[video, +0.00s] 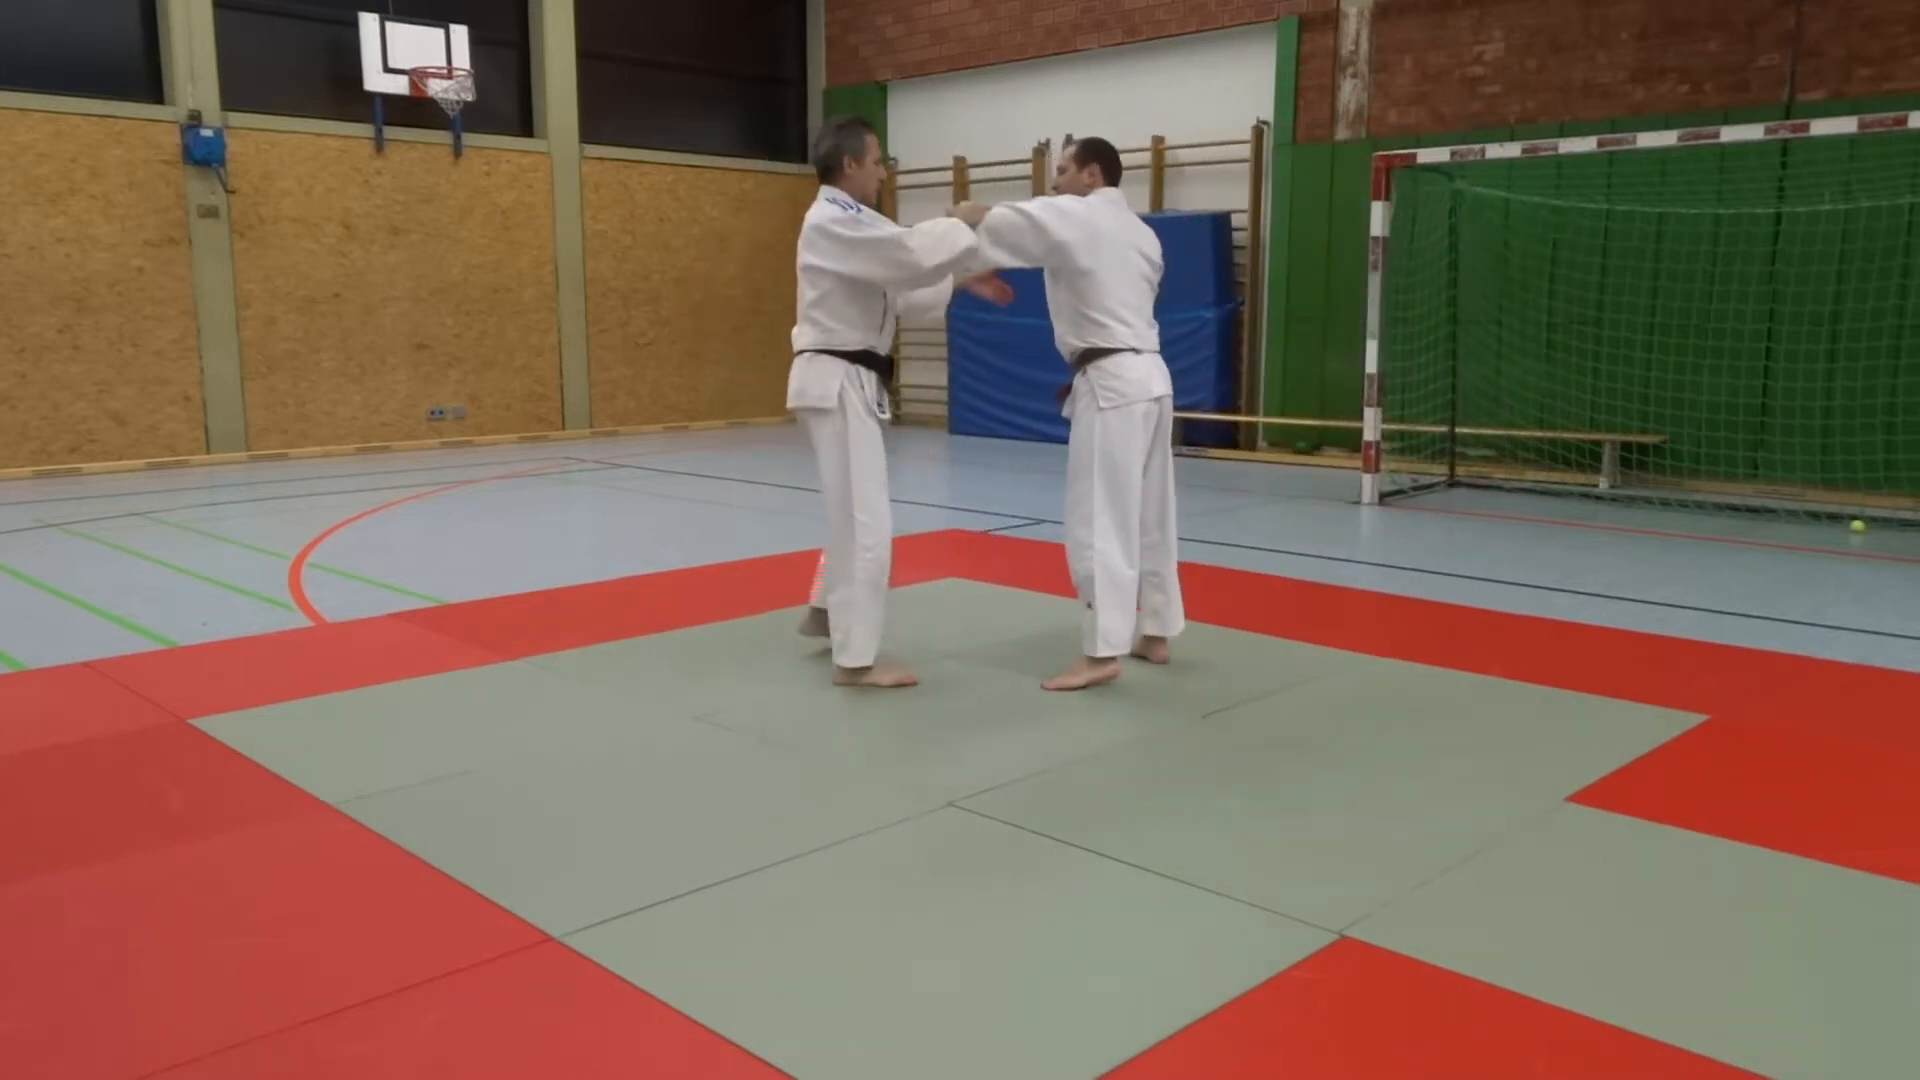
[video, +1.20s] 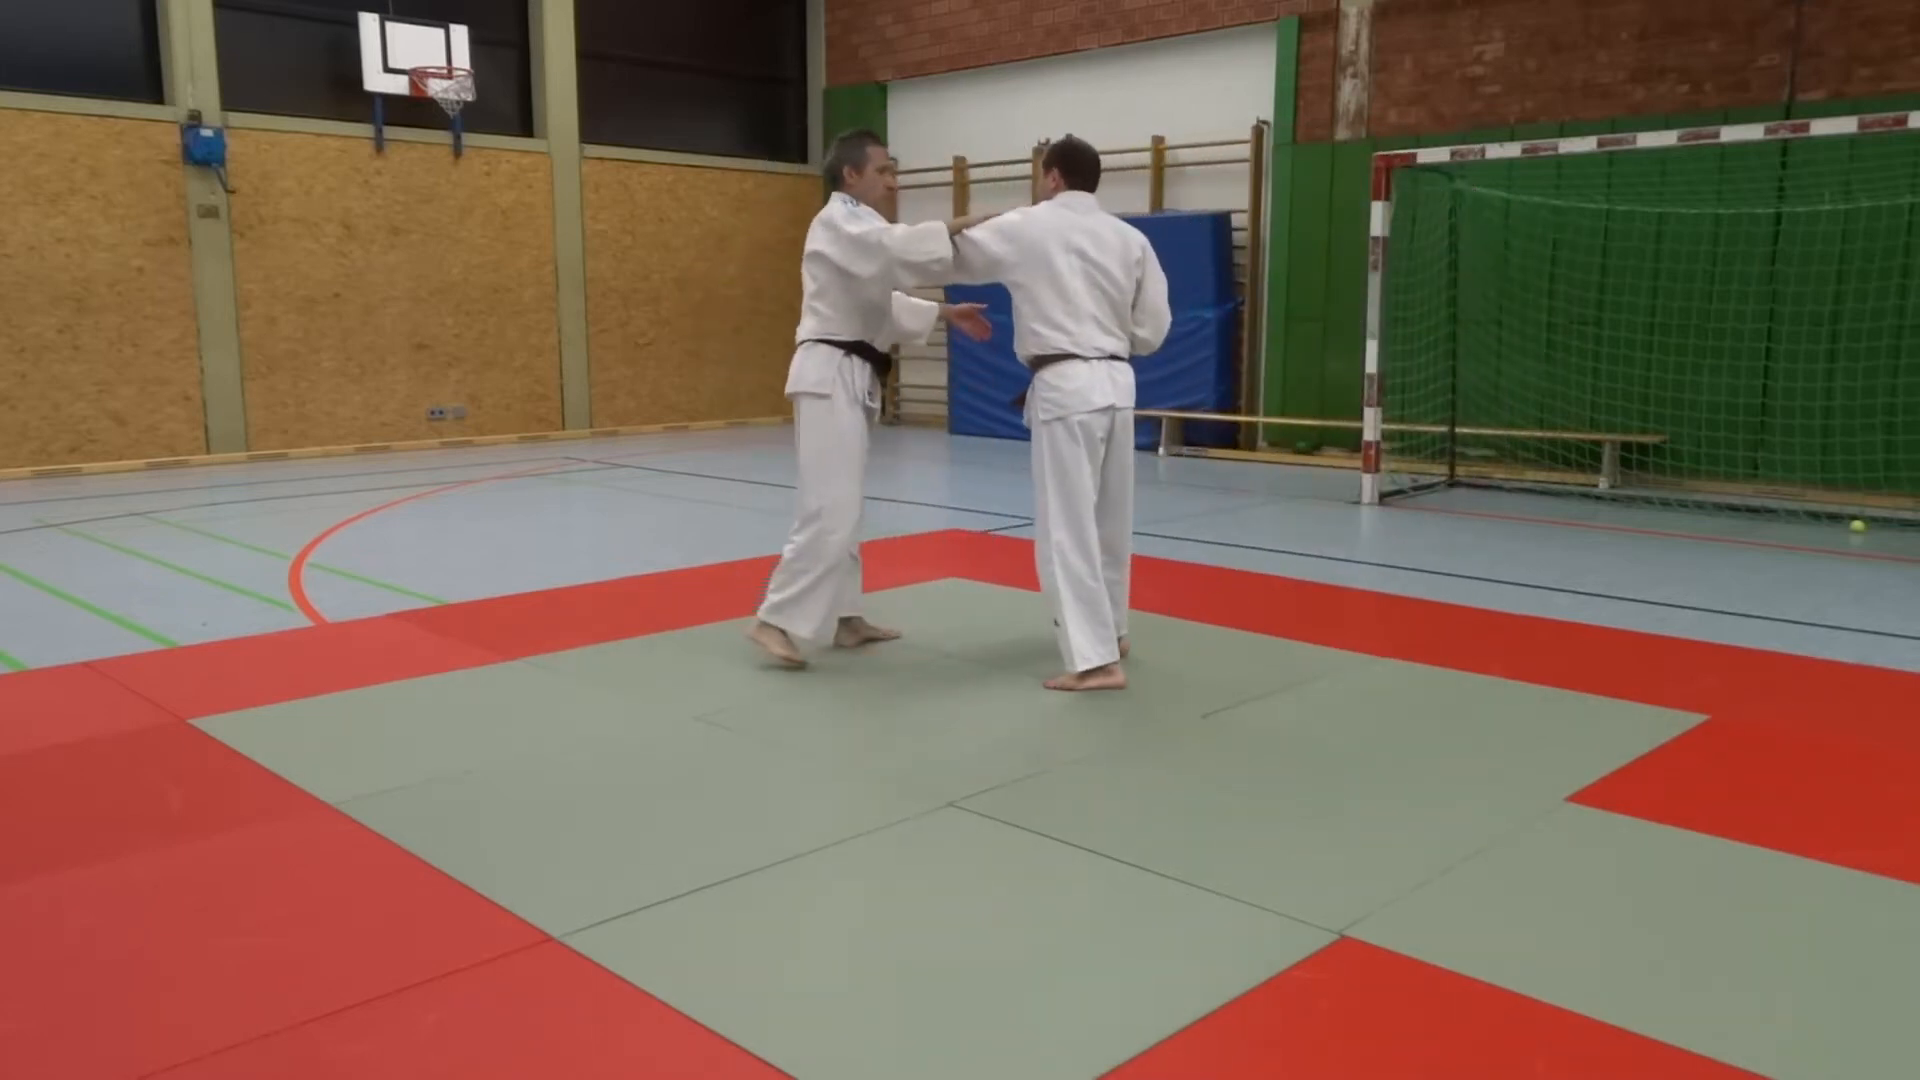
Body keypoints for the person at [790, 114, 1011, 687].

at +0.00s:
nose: (883, 173)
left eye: (881, 162)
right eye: (876, 162)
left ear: (845, 166)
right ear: (848, 164)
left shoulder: (843, 218)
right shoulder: (831, 218)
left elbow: (896, 296)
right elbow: (905, 252)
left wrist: (960, 279)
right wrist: (961, 223)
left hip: (841, 376)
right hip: (837, 380)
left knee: (852, 505)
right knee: (867, 519)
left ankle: (827, 608)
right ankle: (856, 661)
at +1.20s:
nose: (895, 180)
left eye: (893, 171)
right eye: (885, 170)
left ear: (859, 177)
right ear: (852, 175)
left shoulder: (859, 226)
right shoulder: (836, 219)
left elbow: (877, 302)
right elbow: (892, 246)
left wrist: (946, 313)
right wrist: (967, 229)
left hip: (852, 372)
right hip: (828, 369)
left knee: (845, 503)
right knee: (832, 505)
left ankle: (845, 617)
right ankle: (775, 621)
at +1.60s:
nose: (858, 188)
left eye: (858, 178)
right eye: (851, 178)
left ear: (823, 180)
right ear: (819, 181)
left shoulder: (833, 238)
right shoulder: (789, 227)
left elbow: (872, 298)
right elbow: (863, 252)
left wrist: (940, 296)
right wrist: (946, 229)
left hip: (805, 391)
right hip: (762, 385)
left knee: (822, 501)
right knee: (752, 509)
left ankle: (837, 616)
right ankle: (731, 638)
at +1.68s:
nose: (856, 188)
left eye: (855, 177)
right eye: (848, 177)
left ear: (822, 178)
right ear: (816, 178)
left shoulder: (828, 237)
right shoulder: (782, 227)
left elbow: (868, 298)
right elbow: (859, 251)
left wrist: (938, 299)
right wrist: (947, 228)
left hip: (802, 389)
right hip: (756, 382)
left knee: (816, 499)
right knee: (742, 507)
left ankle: (823, 616)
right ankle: (727, 638)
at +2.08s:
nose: (860, 185)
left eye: (861, 175)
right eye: (853, 174)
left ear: (834, 176)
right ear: (822, 175)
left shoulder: (839, 238)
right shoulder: (793, 223)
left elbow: (875, 304)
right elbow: (866, 232)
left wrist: (946, 295)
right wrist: (954, 215)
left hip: (809, 390)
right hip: (765, 382)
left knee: (825, 499)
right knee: (748, 509)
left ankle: (837, 613)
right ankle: (728, 639)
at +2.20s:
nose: (875, 186)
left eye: (875, 177)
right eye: (867, 176)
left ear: (851, 180)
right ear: (834, 178)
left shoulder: (859, 241)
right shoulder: (809, 223)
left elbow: (896, 302)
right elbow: (880, 232)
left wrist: (967, 293)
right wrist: (971, 214)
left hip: (820, 389)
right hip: (778, 380)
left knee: (835, 501)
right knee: (757, 510)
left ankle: (841, 615)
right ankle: (730, 638)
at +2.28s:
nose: (894, 184)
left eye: (894, 176)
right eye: (883, 176)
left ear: (887, 183)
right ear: (849, 181)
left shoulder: (883, 240)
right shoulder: (831, 220)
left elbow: (921, 304)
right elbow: (896, 239)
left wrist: (999, 292)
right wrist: (991, 231)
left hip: (836, 386)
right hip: (792, 378)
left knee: (848, 501)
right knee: (771, 508)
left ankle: (845, 615)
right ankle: (737, 635)